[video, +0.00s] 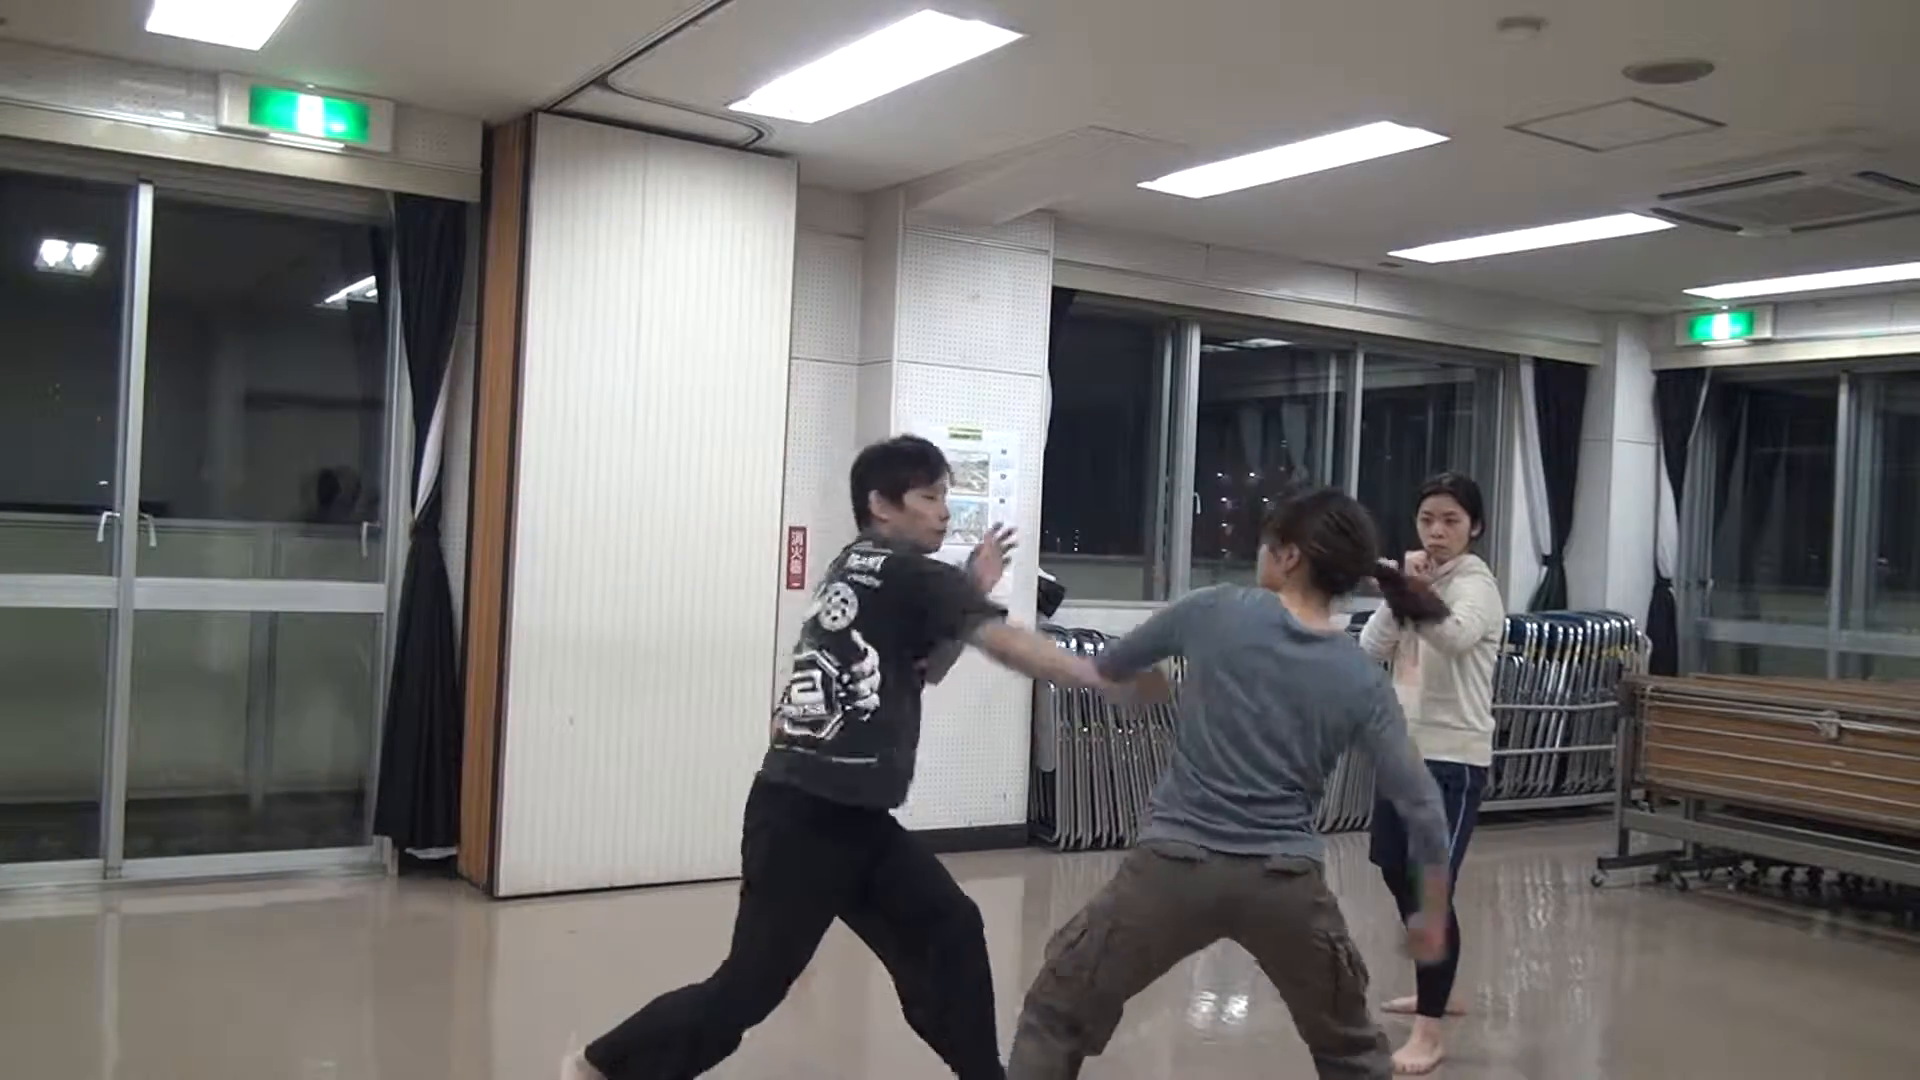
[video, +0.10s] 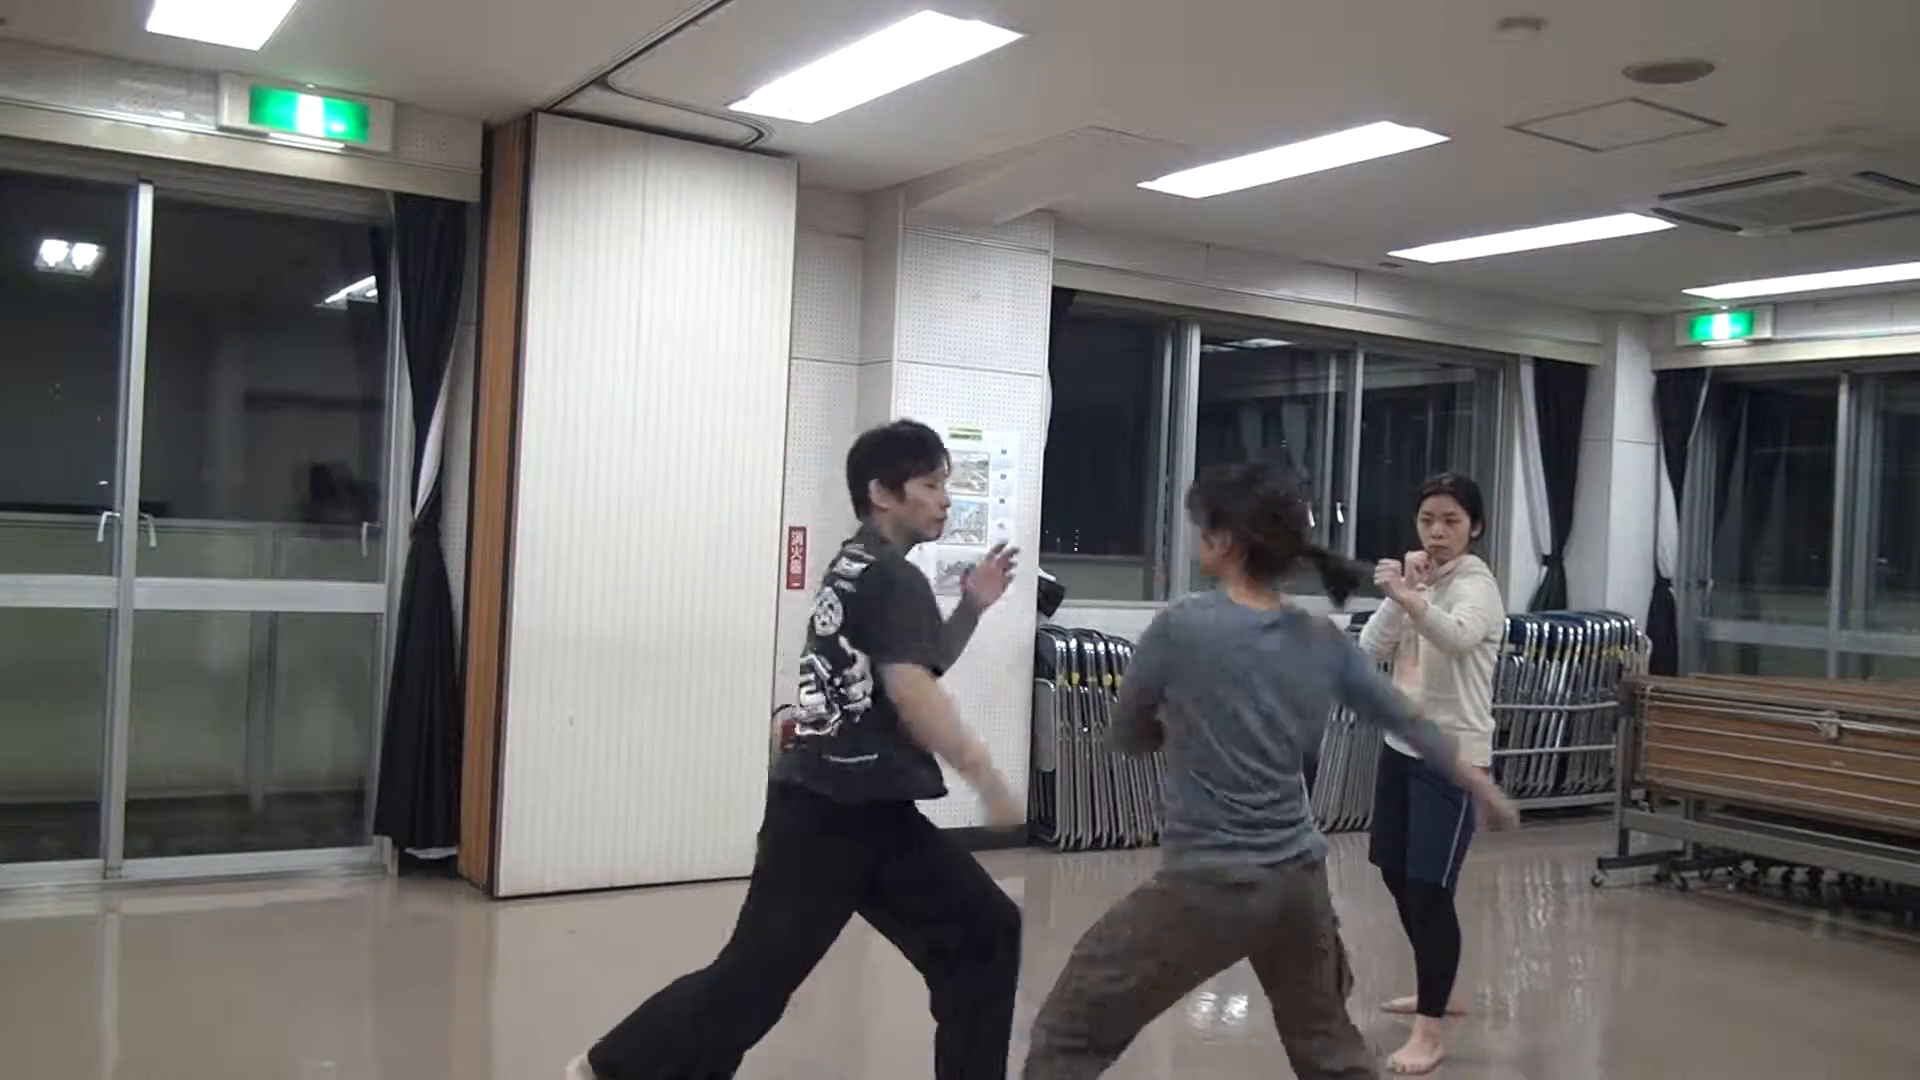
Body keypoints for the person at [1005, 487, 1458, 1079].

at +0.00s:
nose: (1260, 555)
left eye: (1268, 546)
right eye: (1267, 544)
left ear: (1291, 559)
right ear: (1345, 573)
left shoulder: (1213, 612)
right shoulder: (1361, 679)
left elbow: (1111, 660)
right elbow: (1422, 805)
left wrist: (1161, 687)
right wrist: (1434, 912)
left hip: (1172, 870)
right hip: (1284, 885)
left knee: (1054, 1019)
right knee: (1350, 1045)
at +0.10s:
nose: (1196, 545)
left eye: (1201, 531)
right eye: (1199, 530)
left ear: (1227, 542)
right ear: (1285, 543)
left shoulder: (1180, 624)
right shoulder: (1321, 638)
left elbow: (1127, 732)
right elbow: (1407, 720)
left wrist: (1193, 721)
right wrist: (1476, 782)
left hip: (1204, 891)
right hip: (1297, 889)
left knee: (1067, 1037)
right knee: (1329, 1046)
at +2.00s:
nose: (1298, 517)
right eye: (1292, 507)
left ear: (1203, 509)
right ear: (1281, 520)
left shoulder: (1141, 578)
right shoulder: (1290, 619)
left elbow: (1059, 613)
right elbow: (1375, 737)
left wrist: (1126, 645)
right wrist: (1358, 708)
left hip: (1166, 823)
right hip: (1266, 829)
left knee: (1079, 996)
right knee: (1271, 1015)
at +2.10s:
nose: (1286, 528)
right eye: (1284, 516)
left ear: (1198, 513)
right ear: (1276, 525)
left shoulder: (1158, 585)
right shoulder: (1288, 607)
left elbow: (1124, 612)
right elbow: (1386, 668)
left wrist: (1201, 575)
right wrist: (1364, 603)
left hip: (1135, 826)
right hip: (1235, 835)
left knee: (1064, 992)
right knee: (1267, 1013)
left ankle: (1011, 1074)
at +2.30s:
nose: (1246, 552)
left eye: (1247, 539)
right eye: (1244, 539)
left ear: (1175, 533)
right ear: (1230, 542)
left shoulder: (1130, 594)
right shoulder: (1223, 610)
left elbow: (1178, 697)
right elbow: (1288, 704)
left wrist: (1254, 731)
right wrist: (1301, 759)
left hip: (1056, 816)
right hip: (1137, 830)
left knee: (1070, 980)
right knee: (1228, 1003)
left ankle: (1020, 1076)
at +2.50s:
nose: (1185, 535)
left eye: (1187, 519)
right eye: (1186, 518)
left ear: (1134, 509)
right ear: (1163, 517)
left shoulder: (1122, 593)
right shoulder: (1084, 586)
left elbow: (1112, 700)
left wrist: (1159, 734)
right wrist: (1182, 726)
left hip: (1079, 816)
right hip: (1054, 815)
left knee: (1071, 995)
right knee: (1104, 1006)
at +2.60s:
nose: (1160, 551)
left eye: (1163, 536)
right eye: (1160, 534)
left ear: (1099, 525)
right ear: (1135, 531)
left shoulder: (1104, 609)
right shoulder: (1052, 613)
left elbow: (1106, 703)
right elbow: (1095, 735)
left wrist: (1160, 674)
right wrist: (1159, 673)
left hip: (1074, 838)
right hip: (1020, 835)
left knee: (1099, 976)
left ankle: (1034, 1073)